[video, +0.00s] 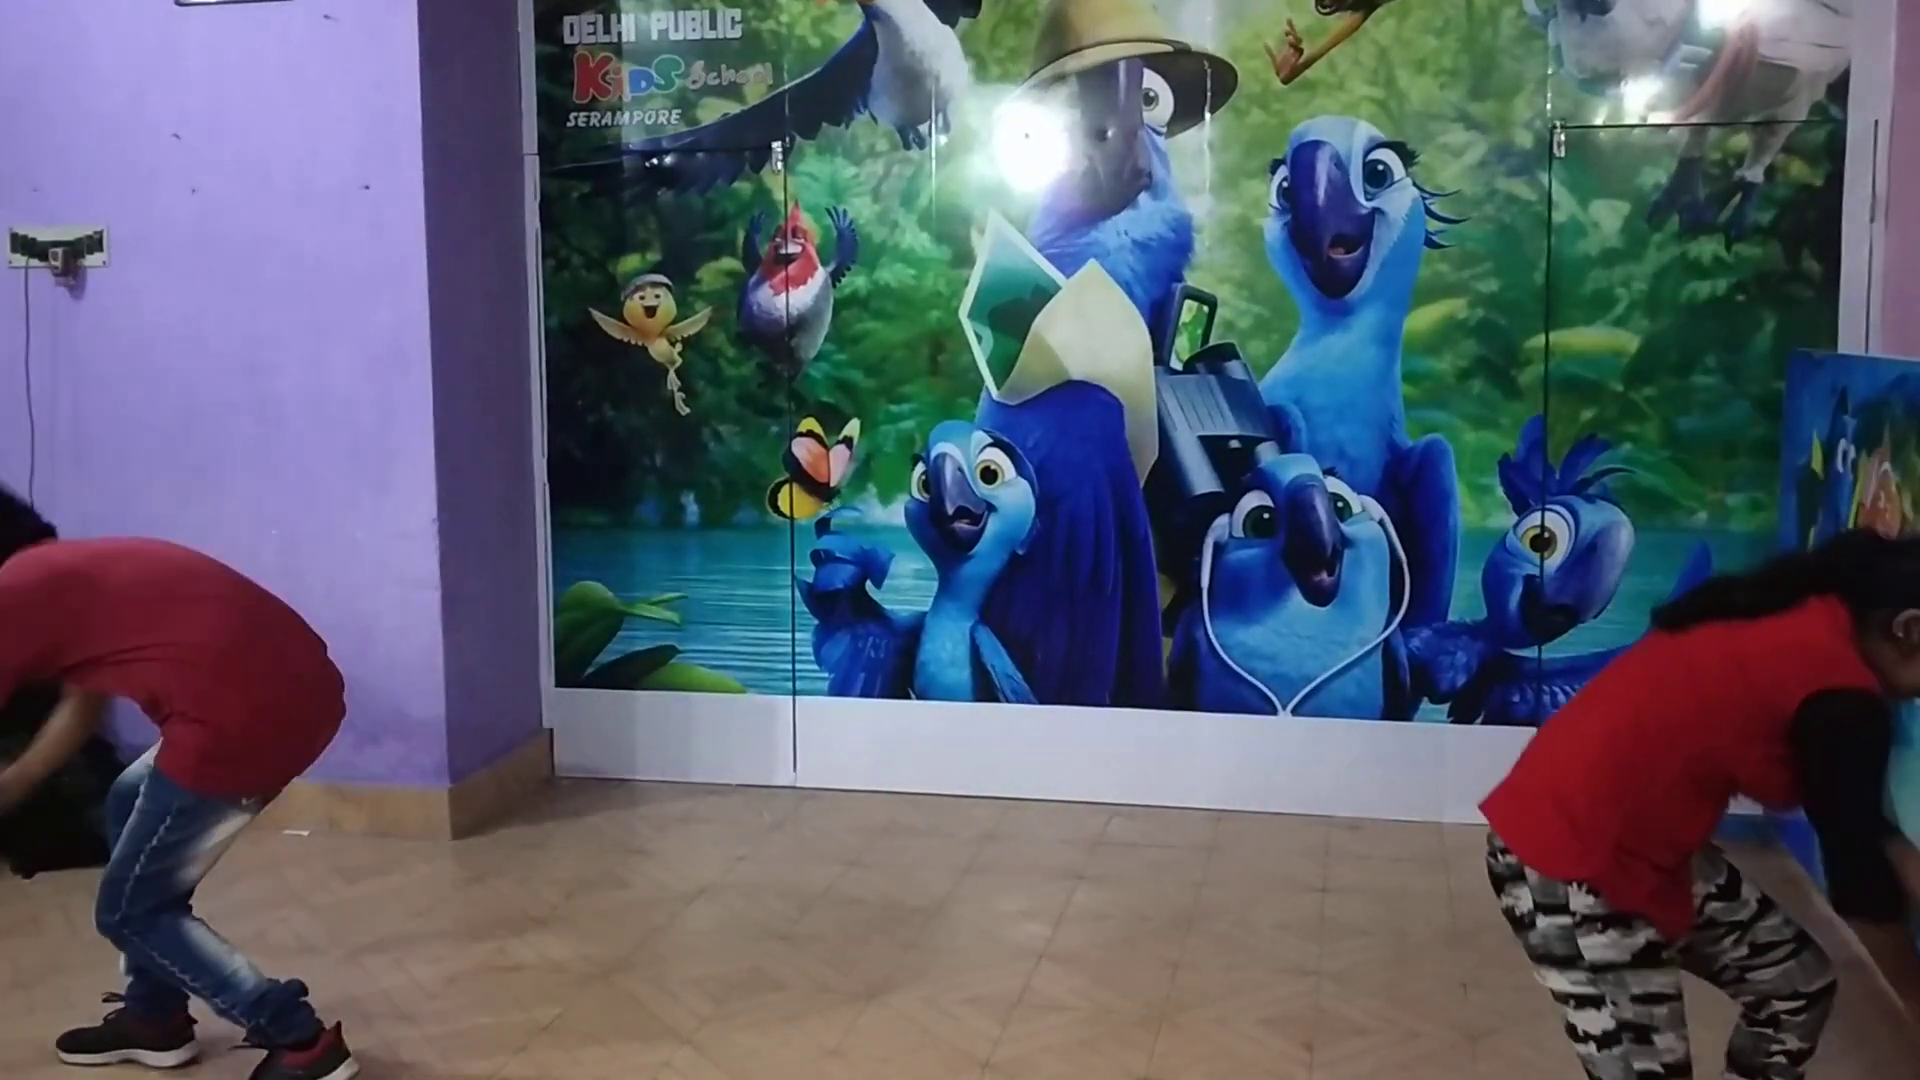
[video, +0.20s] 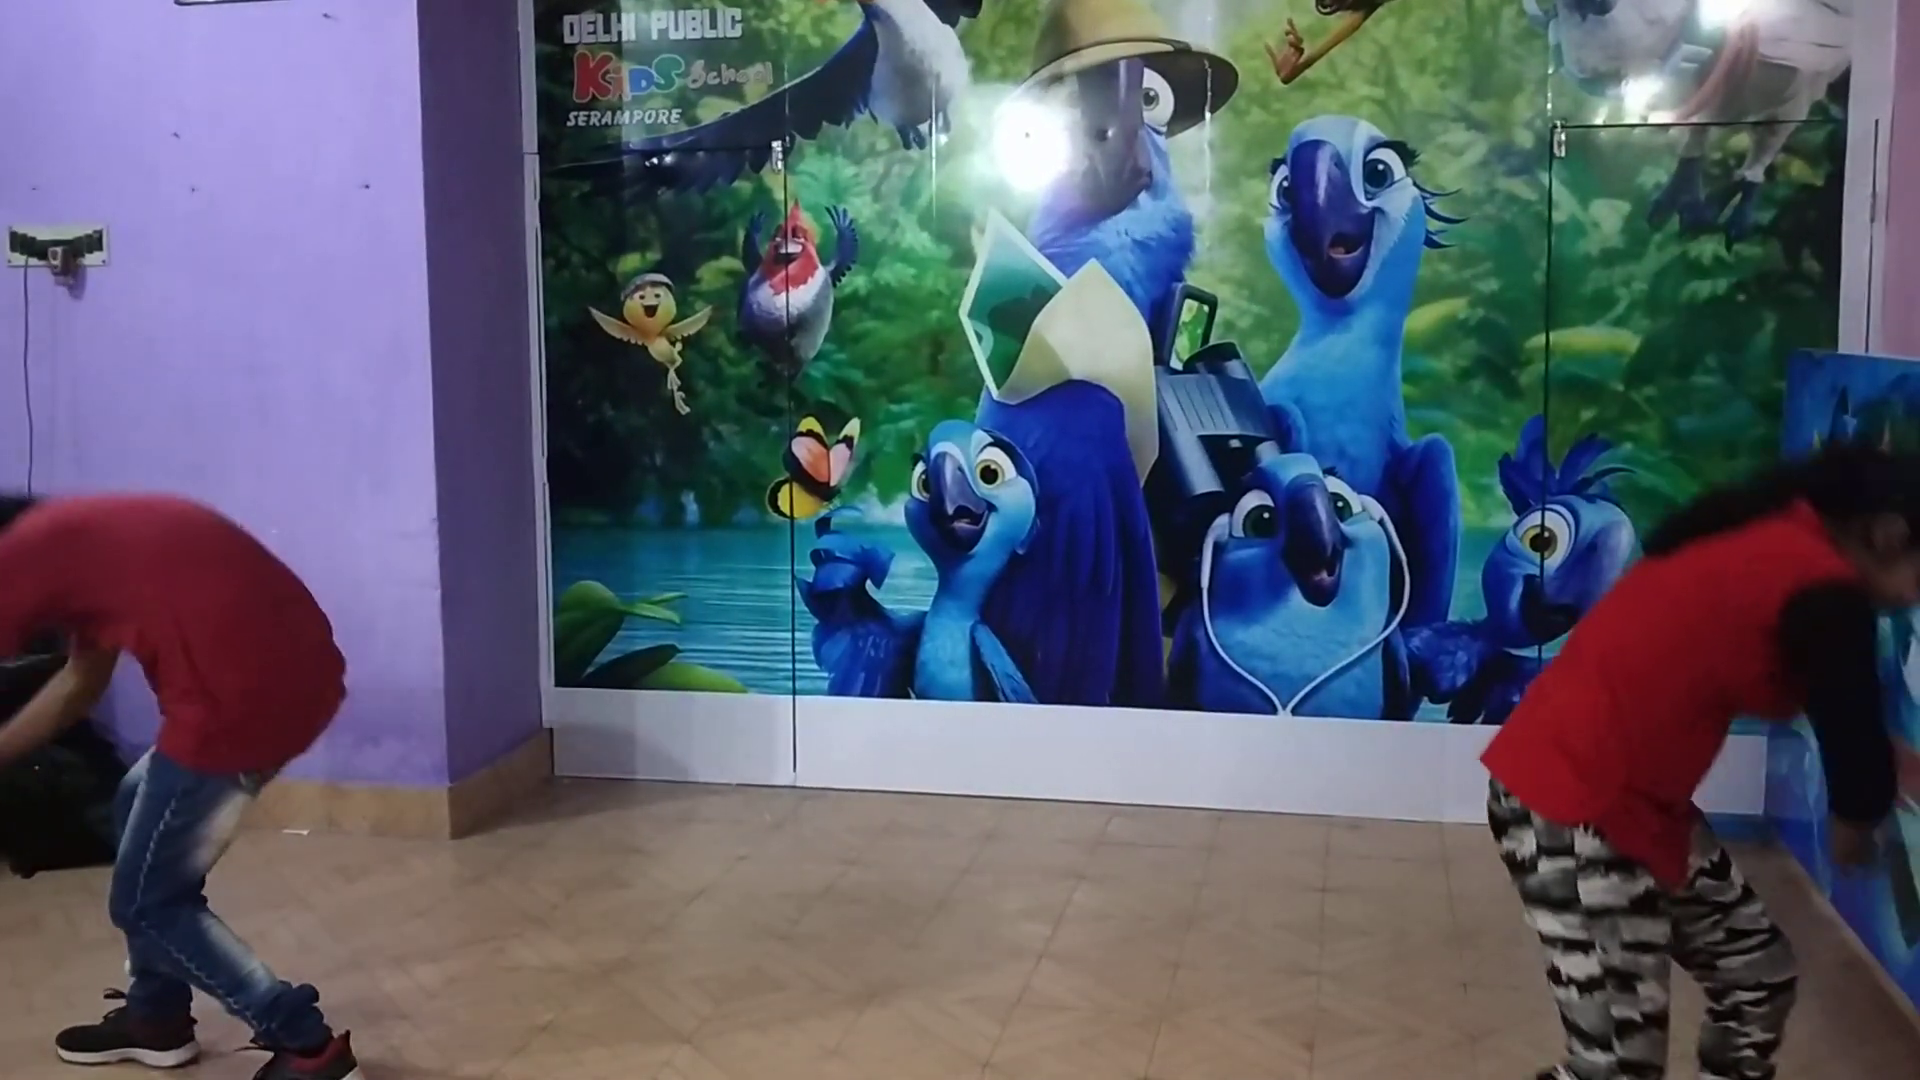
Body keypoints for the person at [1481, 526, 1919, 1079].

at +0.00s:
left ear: (1899, 624)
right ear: (1905, 629)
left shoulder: (1800, 616)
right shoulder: (1843, 700)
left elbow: (1871, 831)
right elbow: (1865, 899)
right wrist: (1913, 1008)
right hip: (1571, 872)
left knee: (1795, 985)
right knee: (1648, 1067)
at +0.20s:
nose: (1916, 590)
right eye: (1918, 567)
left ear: (1874, 523)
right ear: (1887, 533)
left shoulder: (1770, 530)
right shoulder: (1826, 593)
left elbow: (1824, 696)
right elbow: (1863, 787)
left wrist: (1888, 758)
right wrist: (1853, 838)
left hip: (1638, 798)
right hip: (1570, 808)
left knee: (1757, 974)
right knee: (1619, 1065)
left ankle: (1732, 1072)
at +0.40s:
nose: (1871, 458)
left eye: (1886, 443)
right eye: (1880, 435)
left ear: (1820, 389)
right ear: (1835, 395)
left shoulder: (1708, 435)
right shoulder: (1769, 469)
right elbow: (1813, 657)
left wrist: (1805, 685)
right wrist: (1882, 756)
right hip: (1601, 762)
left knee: (1718, 964)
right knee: (1589, 1019)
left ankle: (1709, 1072)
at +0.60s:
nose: (1842, 363)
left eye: (1848, 345)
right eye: (1837, 341)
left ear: (1775, 323)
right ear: (1779, 323)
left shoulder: (1706, 406)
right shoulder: (1720, 428)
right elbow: (1701, 608)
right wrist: (1768, 764)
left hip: (1685, 733)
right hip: (1632, 731)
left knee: (1709, 965)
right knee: (1607, 988)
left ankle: (1700, 1072)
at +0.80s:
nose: (1785, 353)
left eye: (1787, 333)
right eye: (1776, 331)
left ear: (1707, 322)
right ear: (1713, 321)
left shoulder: (1645, 419)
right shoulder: (1669, 443)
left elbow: (1576, 605)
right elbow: (1635, 633)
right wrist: (1603, 798)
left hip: (1674, 762)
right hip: (1639, 768)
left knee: (1706, 1000)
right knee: (1627, 1020)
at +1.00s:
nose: (1693, 380)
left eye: (1697, 360)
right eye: (1687, 357)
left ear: (1621, 348)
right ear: (1628, 348)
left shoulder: (1555, 443)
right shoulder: (1578, 472)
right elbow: (1543, 671)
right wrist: (1526, 846)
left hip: (1586, 788)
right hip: (1544, 799)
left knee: (1665, 981)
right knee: (1584, 1032)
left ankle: (1675, 1070)